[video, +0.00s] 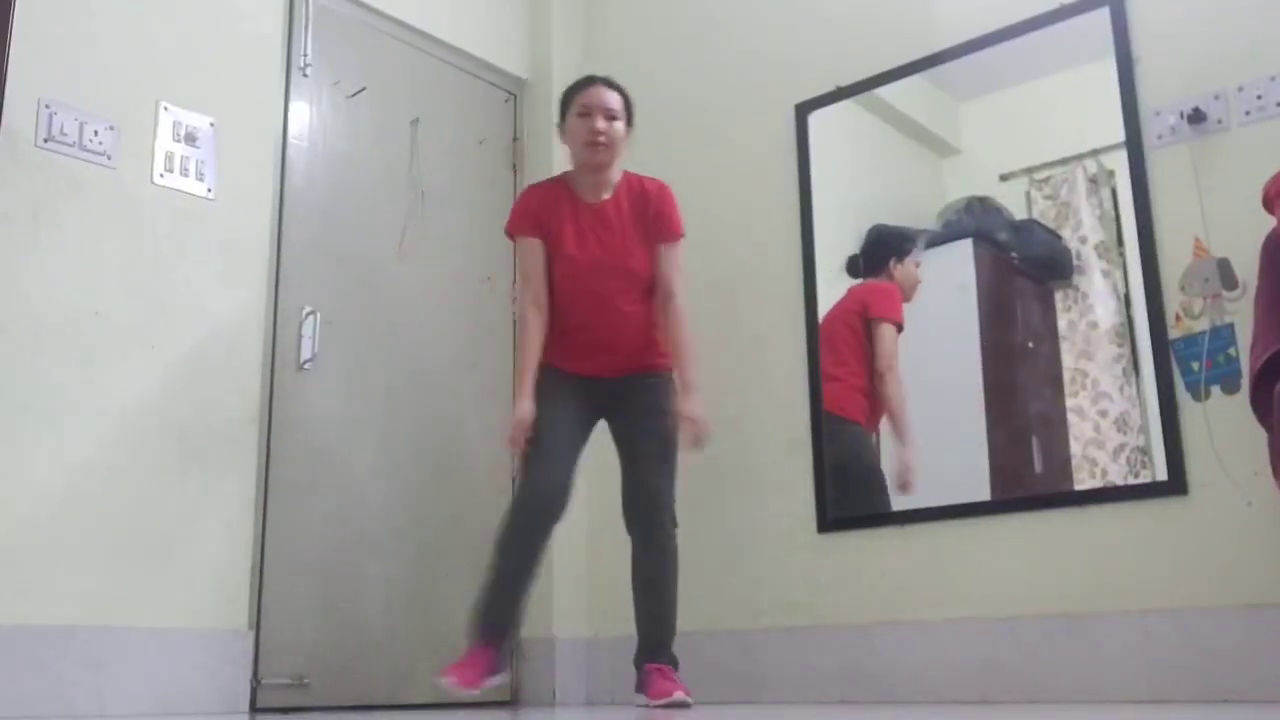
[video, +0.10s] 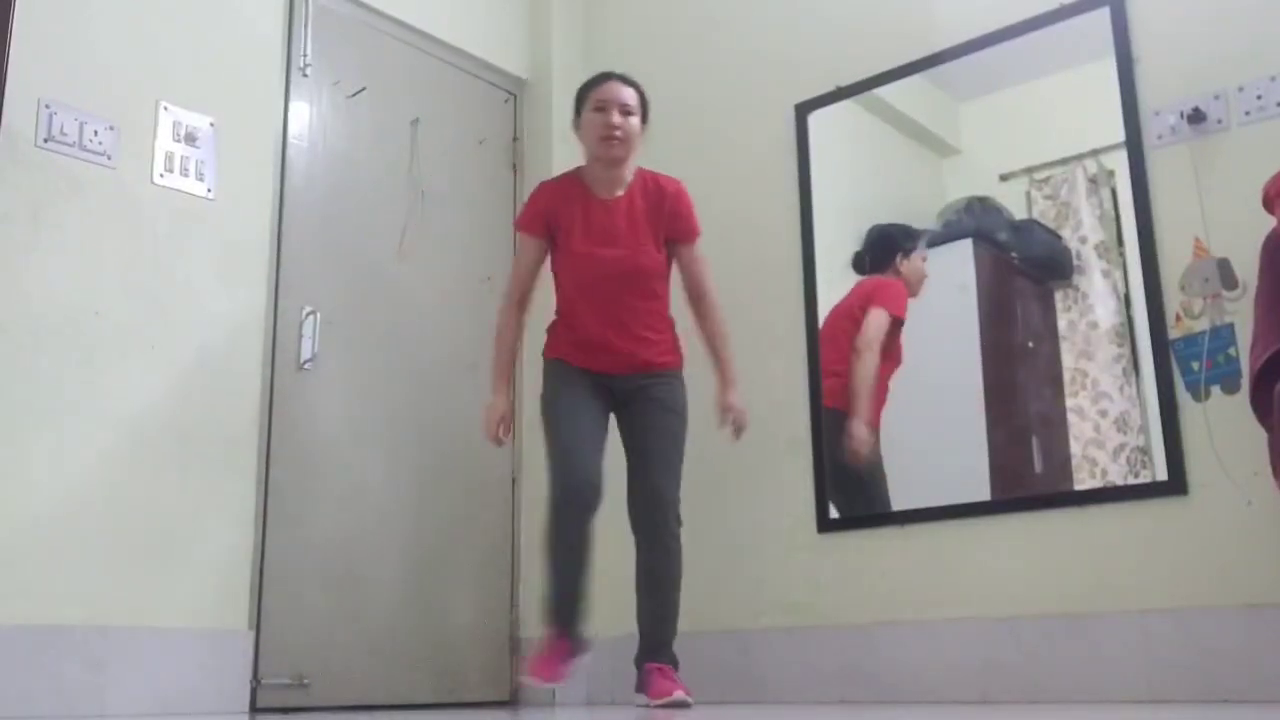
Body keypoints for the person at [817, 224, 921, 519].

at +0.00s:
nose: (919, 276)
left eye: (919, 266)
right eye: (915, 265)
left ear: (874, 269)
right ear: (893, 266)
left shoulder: (853, 299)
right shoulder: (882, 292)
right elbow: (884, 372)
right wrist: (904, 447)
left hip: (823, 421)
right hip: (842, 423)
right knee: (872, 524)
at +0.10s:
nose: (926, 270)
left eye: (925, 261)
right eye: (922, 260)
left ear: (877, 262)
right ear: (900, 261)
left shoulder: (860, 293)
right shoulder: (889, 287)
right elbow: (865, 347)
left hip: (822, 418)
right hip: (840, 418)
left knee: (866, 527)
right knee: (875, 525)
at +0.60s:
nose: (922, 277)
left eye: (922, 268)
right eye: (920, 268)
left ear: (874, 267)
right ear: (904, 267)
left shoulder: (849, 302)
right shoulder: (892, 293)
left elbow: (843, 398)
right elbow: (895, 370)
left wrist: (894, 450)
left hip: (818, 425)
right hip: (850, 427)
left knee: (858, 534)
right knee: (885, 532)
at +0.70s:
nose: (914, 279)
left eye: (915, 269)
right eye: (914, 269)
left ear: (871, 264)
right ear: (903, 267)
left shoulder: (842, 299)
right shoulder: (891, 293)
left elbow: (864, 395)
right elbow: (914, 374)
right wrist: (955, 401)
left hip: (816, 417)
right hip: (848, 419)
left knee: (839, 523)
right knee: (877, 521)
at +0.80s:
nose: (909, 281)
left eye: (909, 272)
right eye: (910, 272)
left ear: (865, 265)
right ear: (901, 268)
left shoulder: (838, 298)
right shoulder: (886, 294)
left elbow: (871, 381)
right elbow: (919, 374)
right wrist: (962, 371)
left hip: (817, 414)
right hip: (845, 418)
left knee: (837, 520)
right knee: (864, 518)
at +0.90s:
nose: (899, 293)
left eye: (901, 286)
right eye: (901, 285)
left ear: (859, 273)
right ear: (894, 279)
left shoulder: (831, 305)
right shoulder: (876, 300)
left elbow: (867, 385)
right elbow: (911, 379)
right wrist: (959, 374)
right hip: (836, 429)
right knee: (863, 522)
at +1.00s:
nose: (888, 308)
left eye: (891, 300)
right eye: (891, 299)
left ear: (852, 285)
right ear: (886, 291)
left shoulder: (825, 313)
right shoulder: (866, 310)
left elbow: (866, 400)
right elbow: (889, 393)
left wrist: (929, 415)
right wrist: (943, 414)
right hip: (826, 440)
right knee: (857, 531)